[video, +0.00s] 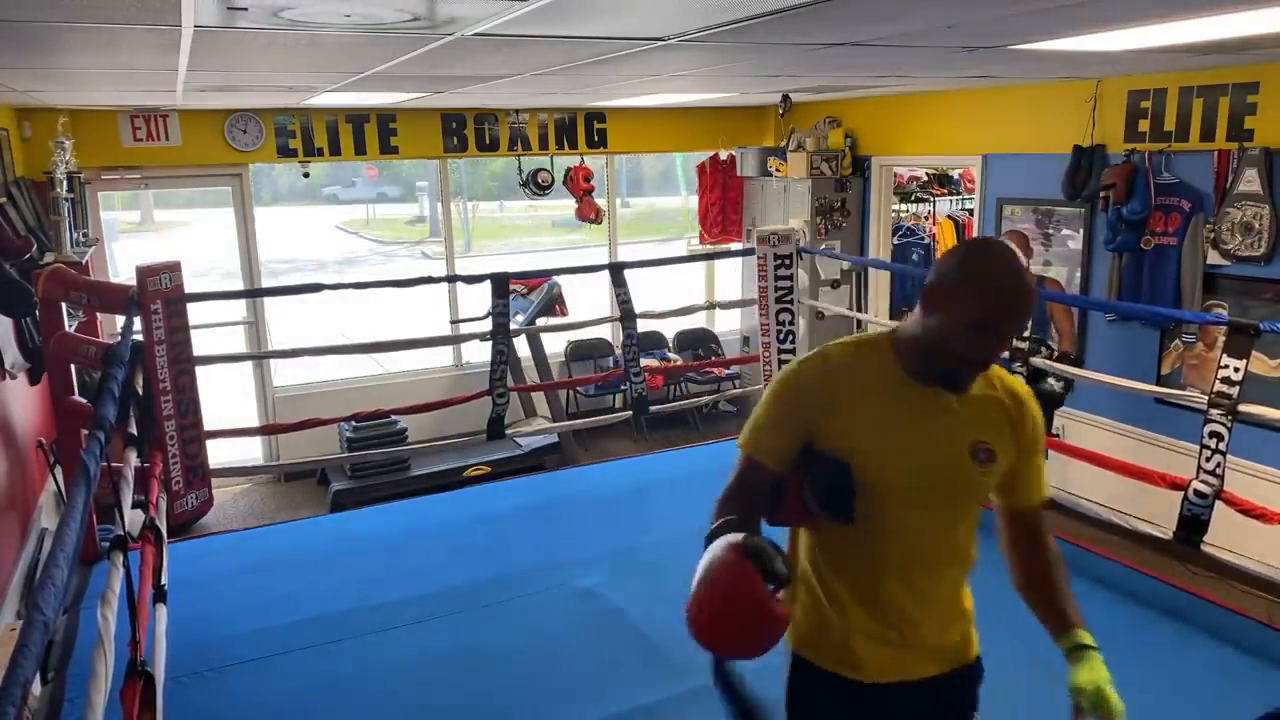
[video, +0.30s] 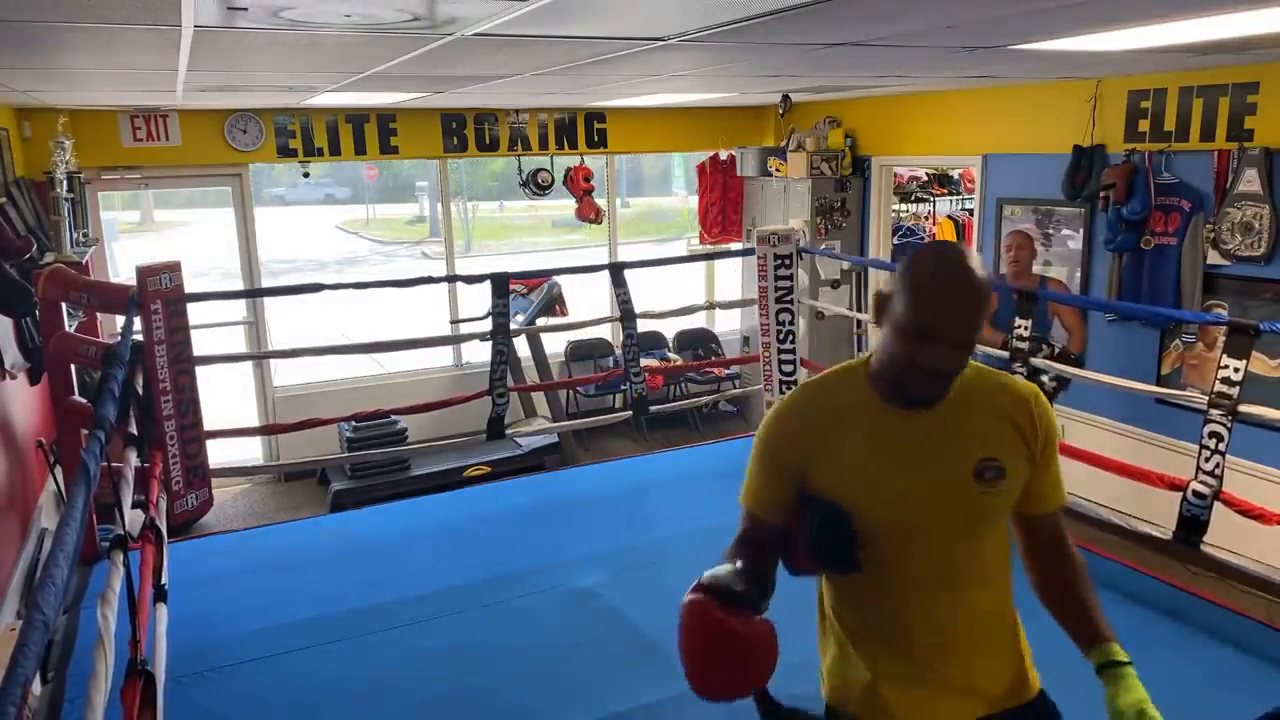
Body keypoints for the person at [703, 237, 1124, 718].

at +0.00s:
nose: (996, 354)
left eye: (1011, 339)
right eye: (984, 331)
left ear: (1021, 331)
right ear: (932, 300)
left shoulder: (1008, 408)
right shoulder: (816, 382)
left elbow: (1028, 539)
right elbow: (743, 498)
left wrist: (1079, 651)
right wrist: (728, 559)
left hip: (943, 674)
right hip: (832, 675)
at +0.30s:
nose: (935, 361)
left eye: (958, 343)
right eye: (919, 337)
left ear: (982, 328)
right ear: (879, 309)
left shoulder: (1018, 410)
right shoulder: (801, 421)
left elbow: (1048, 546)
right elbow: (752, 554)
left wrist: (1115, 670)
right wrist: (723, 592)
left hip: (1003, 696)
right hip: (871, 703)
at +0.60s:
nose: (892, 358)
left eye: (916, 337)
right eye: (871, 335)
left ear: (954, 321)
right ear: (844, 316)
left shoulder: (1019, 420)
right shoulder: (786, 432)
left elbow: (1064, 563)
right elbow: (752, 561)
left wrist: (1054, 682)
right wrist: (715, 590)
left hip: (994, 693)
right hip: (859, 699)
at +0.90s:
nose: (882, 385)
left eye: (912, 365)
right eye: (866, 354)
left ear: (962, 351)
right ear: (849, 336)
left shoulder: (1036, 454)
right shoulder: (793, 438)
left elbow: (1056, 649)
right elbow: (752, 563)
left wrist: (922, 699)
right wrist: (713, 596)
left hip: (990, 706)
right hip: (850, 703)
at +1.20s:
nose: (903, 384)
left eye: (942, 368)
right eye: (892, 348)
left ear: (1003, 370)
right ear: (881, 329)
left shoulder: (1062, 520)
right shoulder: (811, 438)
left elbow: (1023, 711)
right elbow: (740, 555)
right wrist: (759, 571)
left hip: (940, 715)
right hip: (822, 707)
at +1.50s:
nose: (833, 374)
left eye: (872, 358)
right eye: (831, 344)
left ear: (945, 385)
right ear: (816, 343)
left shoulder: (1012, 550)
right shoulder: (750, 462)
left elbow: (1044, 707)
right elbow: (690, 587)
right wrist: (579, 594)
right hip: (767, 706)